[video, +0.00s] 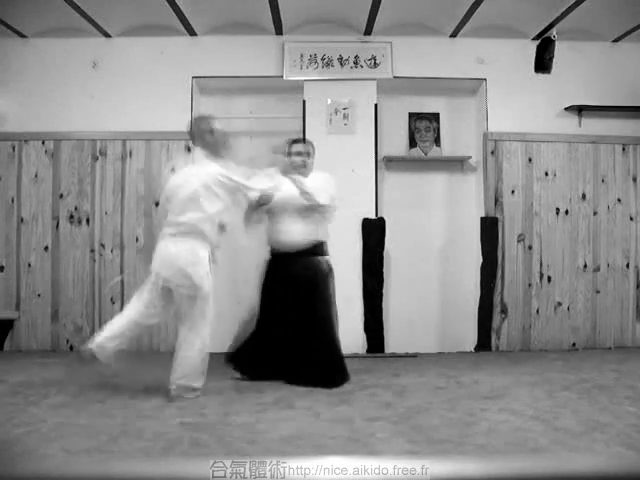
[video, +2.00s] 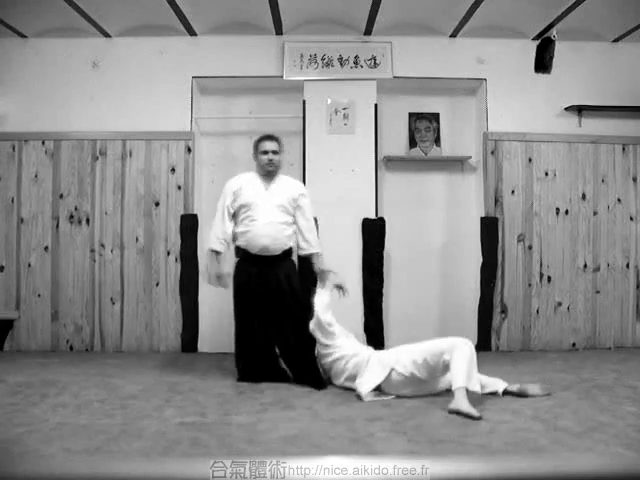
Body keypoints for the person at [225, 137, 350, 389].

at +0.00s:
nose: (300, 159)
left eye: (305, 155)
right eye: (296, 154)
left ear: (312, 158)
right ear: (286, 157)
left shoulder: (322, 181)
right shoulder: (273, 181)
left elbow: (323, 208)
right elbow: (250, 217)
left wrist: (297, 182)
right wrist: (258, 203)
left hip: (312, 258)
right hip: (280, 259)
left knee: (312, 317)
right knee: (275, 316)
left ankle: (315, 371)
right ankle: (274, 368)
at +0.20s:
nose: (311, 159)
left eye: (314, 155)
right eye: (305, 154)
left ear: (316, 159)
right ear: (290, 156)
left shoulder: (322, 185)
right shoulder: (272, 182)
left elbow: (314, 215)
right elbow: (244, 182)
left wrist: (300, 190)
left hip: (311, 261)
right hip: (280, 260)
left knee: (314, 319)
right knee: (276, 318)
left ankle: (318, 370)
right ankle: (272, 370)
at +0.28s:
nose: (308, 159)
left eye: (311, 154)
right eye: (302, 154)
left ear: (313, 158)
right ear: (287, 156)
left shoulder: (319, 186)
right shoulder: (268, 184)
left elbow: (314, 221)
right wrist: (283, 229)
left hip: (307, 261)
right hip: (276, 260)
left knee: (311, 318)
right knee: (274, 318)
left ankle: (316, 370)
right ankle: (272, 369)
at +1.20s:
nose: (274, 155)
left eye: (278, 151)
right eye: (268, 151)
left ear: (283, 155)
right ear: (257, 156)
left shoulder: (297, 182)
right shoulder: (244, 181)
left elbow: (312, 220)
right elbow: (255, 215)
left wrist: (315, 244)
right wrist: (291, 223)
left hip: (292, 258)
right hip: (259, 259)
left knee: (298, 320)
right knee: (259, 320)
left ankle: (308, 374)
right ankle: (258, 373)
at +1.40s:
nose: (276, 157)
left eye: (281, 152)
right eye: (270, 153)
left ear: (288, 156)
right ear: (262, 157)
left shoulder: (300, 188)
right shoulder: (246, 181)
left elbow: (308, 226)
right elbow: (236, 211)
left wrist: (313, 262)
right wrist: (259, 230)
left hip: (288, 260)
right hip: (255, 260)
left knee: (291, 318)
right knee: (256, 319)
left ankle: (307, 374)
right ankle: (256, 371)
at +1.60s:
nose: (283, 158)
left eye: (288, 154)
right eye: (278, 153)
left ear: (295, 158)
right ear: (269, 157)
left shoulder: (305, 191)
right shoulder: (248, 181)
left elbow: (312, 235)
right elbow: (226, 212)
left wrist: (319, 271)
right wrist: (225, 247)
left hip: (287, 264)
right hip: (252, 263)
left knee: (294, 324)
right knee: (253, 323)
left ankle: (308, 377)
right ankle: (256, 374)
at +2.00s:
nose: (270, 157)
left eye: (275, 153)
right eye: (264, 153)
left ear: (282, 156)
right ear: (255, 157)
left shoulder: (294, 188)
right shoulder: (237, 185)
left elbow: (307, 230)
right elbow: (222, 223)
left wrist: (318, 267)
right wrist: (215, 260)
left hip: (283, 263)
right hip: (249, 263)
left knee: (292, 322)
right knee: (250, 322)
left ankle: (307, 376)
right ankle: (254, 374)